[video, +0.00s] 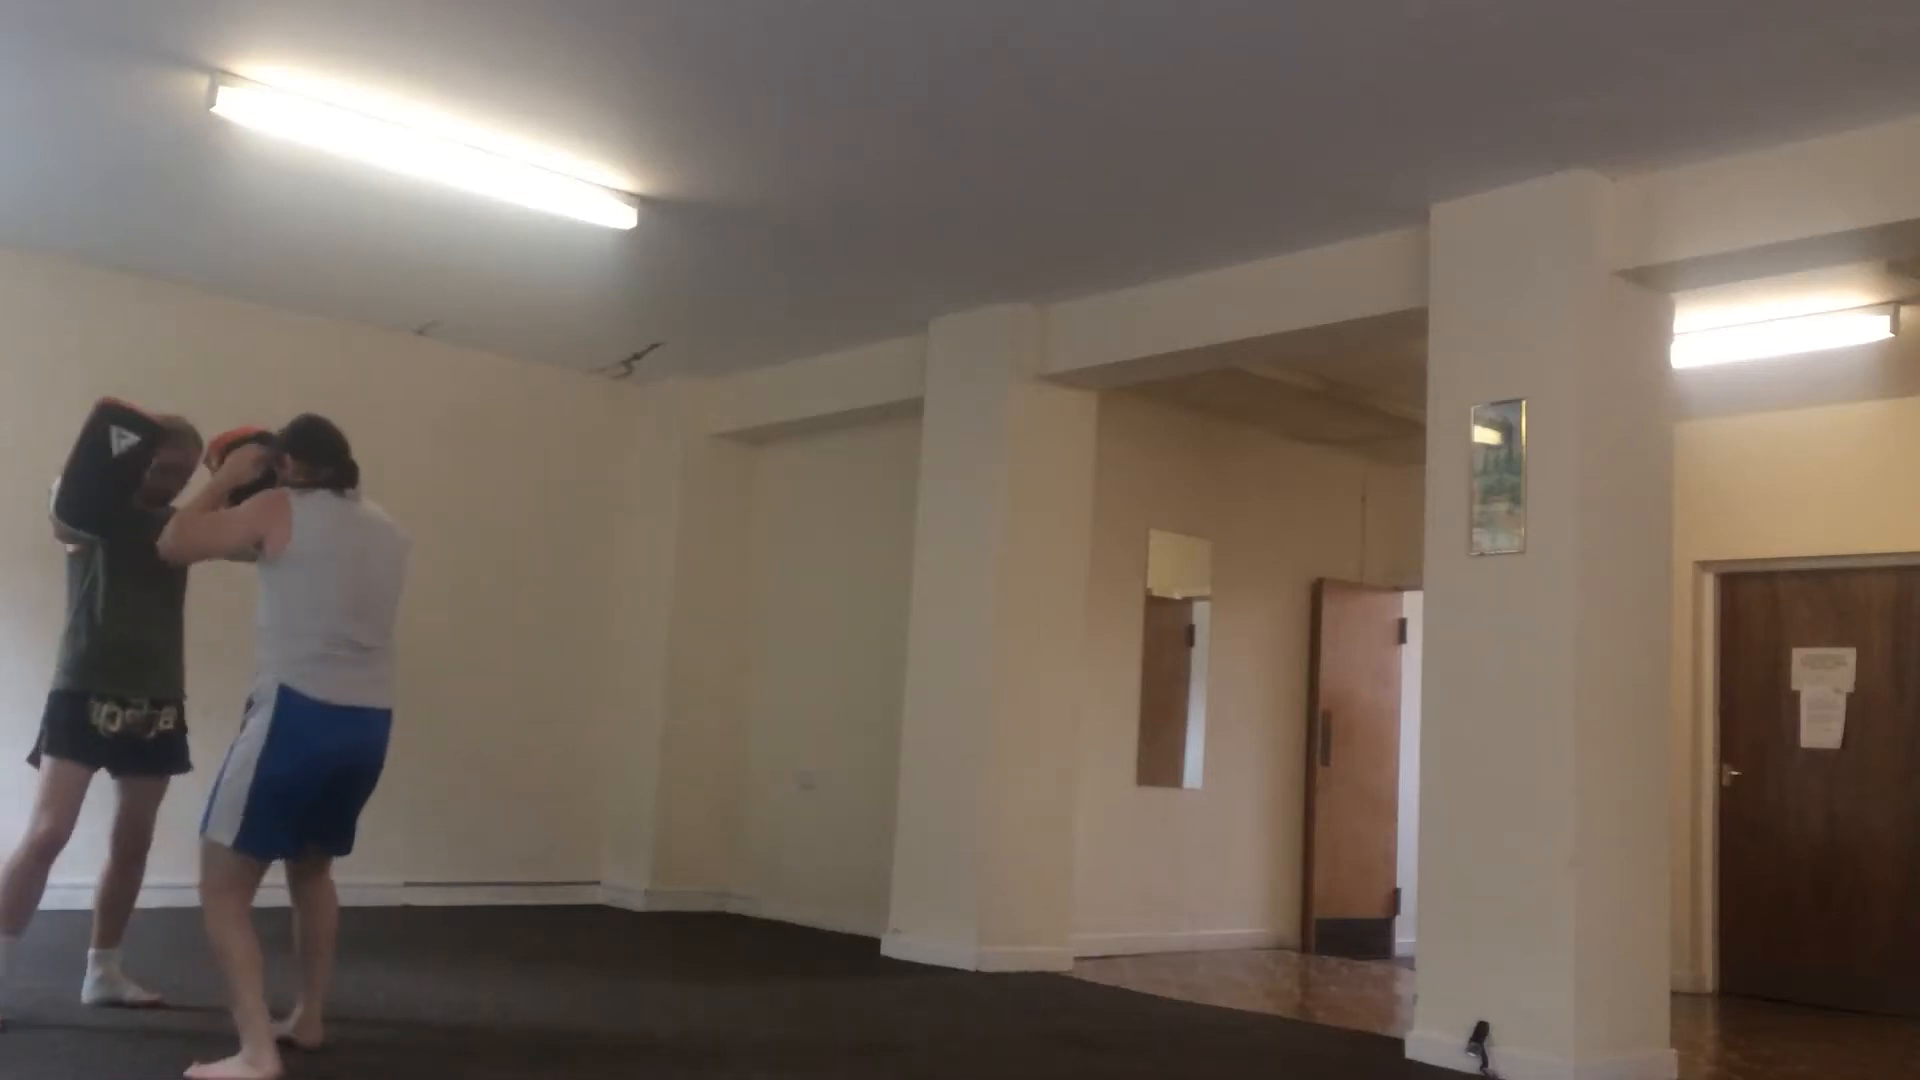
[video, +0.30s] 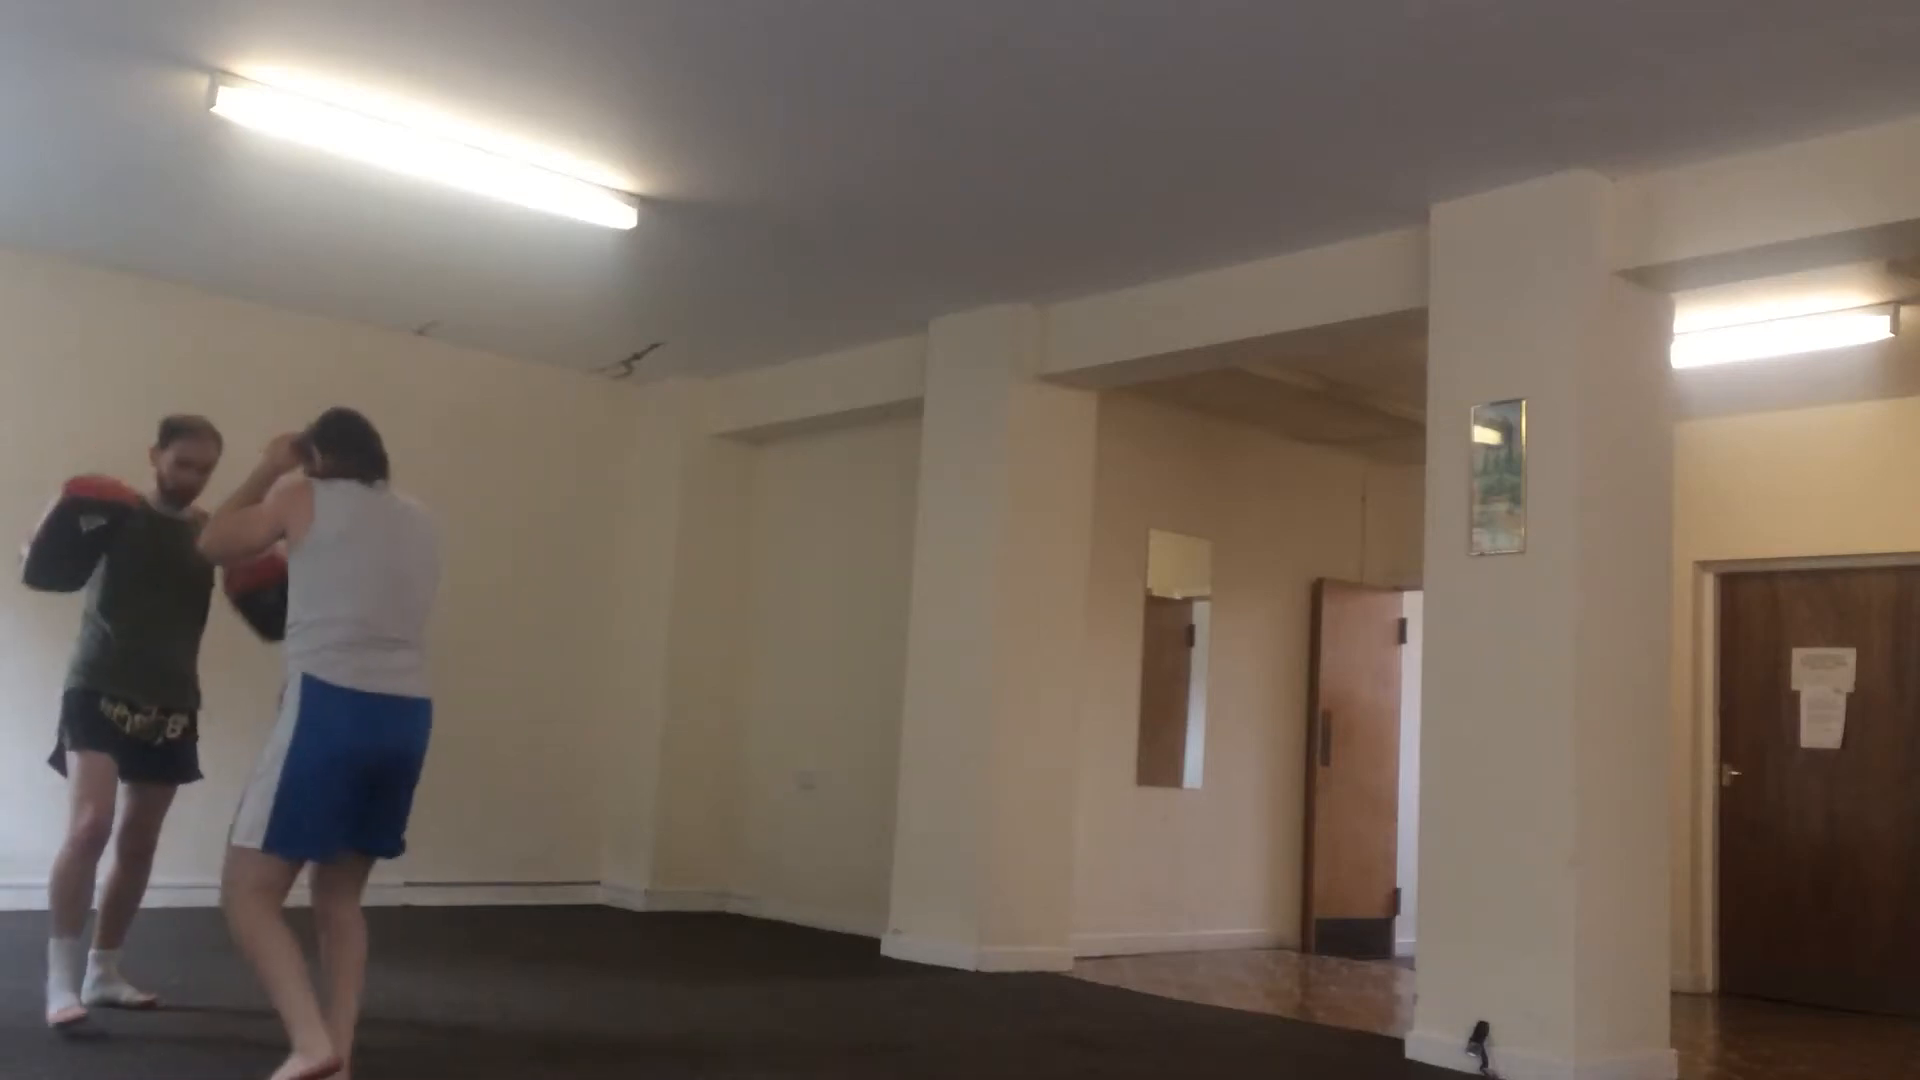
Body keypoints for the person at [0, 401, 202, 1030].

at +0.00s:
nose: (176, 481)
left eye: (185, 471)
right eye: (168, 467)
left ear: (189, 473)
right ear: (137, 462)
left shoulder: (178, 524)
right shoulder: (94, 514)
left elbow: (239, 531)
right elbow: (70, 507)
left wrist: (254, 475)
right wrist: (97, 428)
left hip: (156, 699)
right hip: (87, 693)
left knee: (132, 842)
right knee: (47, 835)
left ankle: (104, 970)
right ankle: (1, 959)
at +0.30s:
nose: (191, 477)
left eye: (203, 469)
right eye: (183, 464)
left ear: (213, 472)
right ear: (156, 457)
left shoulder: (215, 539)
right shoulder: (119, 517)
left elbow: (272, 625)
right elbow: (47, 574)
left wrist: (263, 568)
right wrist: (74, 512)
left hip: (169, 703)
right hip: (100, 691)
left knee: (139, 845)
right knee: (91, 826)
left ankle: (102, 973)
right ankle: (62, 981)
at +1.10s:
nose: (243, 440)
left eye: (252, 430)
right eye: (232, 426)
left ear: (256, 432)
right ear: (194, 421)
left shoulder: (237, 501)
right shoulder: (141, 480)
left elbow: (238, 594)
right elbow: (47, 542)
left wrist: (281, 610)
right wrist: (106, 523)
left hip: (197, 693)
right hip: (127, 692)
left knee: (180, 842)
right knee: (107, 857)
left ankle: (91, 915)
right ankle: (76, 1019)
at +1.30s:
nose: (234, 461)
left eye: (246, 452)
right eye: (229, 446)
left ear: (249, 450)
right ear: (199, 427)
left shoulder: (241, 498)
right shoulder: (136, 478)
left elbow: (297, 562)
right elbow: (106, 547)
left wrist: (324, 500)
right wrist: (152, 471)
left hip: (208, 689)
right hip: (130, 688)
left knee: (213, 853)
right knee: (108, 855)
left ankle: (190, 976)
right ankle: (76, 1019)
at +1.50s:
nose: (251, 466)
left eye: (260, 457)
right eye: (242, 452)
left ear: (269, 462)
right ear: (211, 444)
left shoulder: (262, 512)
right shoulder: (159, 504)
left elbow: (335, 554)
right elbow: (168, 524)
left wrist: (339, 488)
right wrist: (195, 456)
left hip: (235, 703)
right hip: (155, 700)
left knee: (241, 861)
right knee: (120, 857)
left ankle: (234, 1001)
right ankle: (76, 1021)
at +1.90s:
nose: (260, 473)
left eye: (271, 461)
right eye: (248, 461)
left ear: (287, 456)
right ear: (223, 455)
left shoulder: (303, 523)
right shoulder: (193, 510)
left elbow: (299, 620)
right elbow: (173, 580)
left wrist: (296, 642)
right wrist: (152, 585)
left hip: (258, 705)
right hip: (184, 698)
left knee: (251, 868)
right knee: (113, 849)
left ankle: (232, 1005)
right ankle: (122, 976)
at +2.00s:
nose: (246, 475)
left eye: (257, 463)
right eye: (234, 463)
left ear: (272, 459)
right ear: (209, 459)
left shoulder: (289, 524)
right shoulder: (184, 515)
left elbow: (275, 624)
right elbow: (165, 593)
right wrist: (132, 589)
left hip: (249, 707)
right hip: (176, 700)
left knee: (248, 867)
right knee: (127, 852)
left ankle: (233, 1006)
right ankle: (140, 986)